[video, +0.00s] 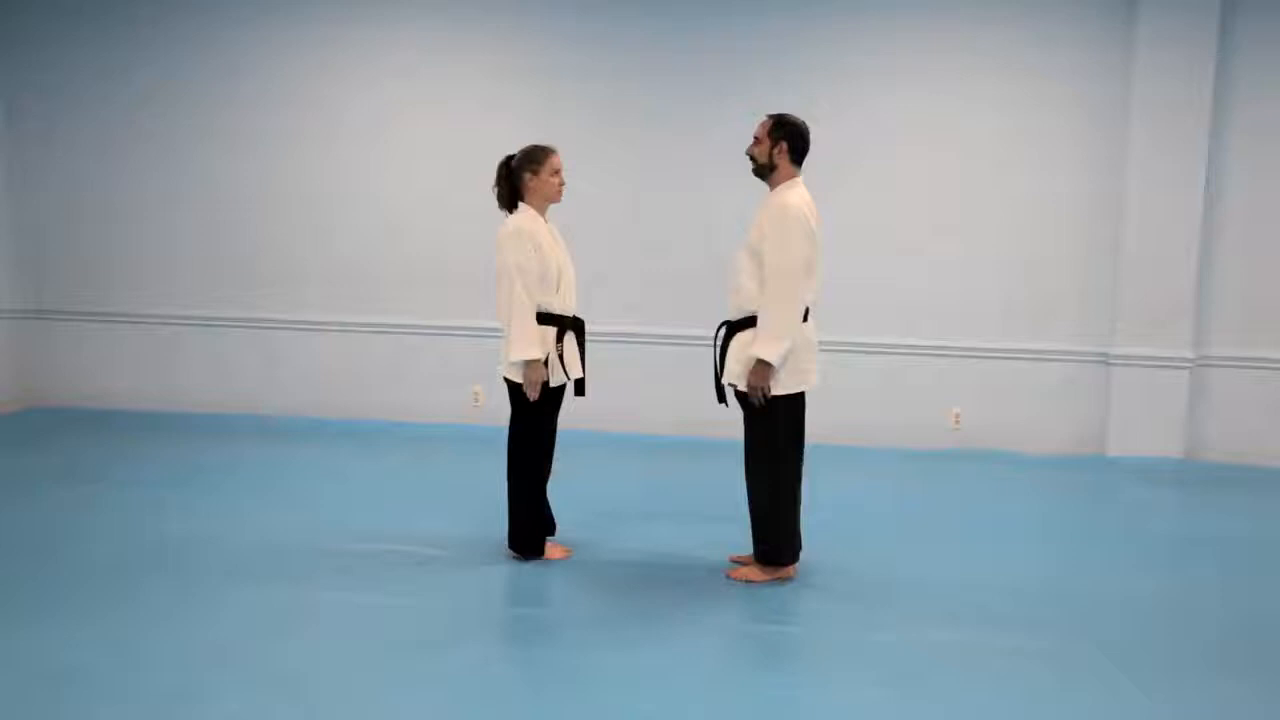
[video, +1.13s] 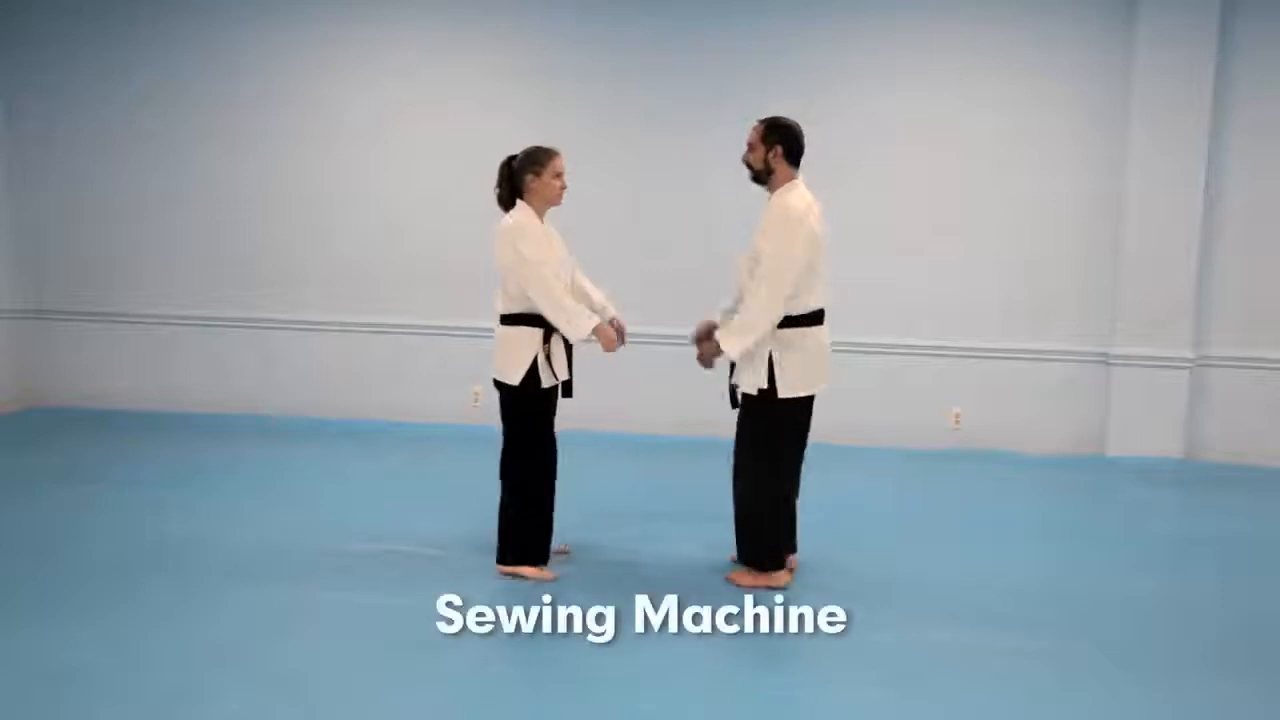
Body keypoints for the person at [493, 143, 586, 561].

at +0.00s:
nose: (562, 181)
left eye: (561, 173)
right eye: (555, 174)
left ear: (541, 180)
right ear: (530, 179)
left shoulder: (544, 227)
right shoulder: (518, 229)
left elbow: (551, 295)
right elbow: (518, 298)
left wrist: (562, 354)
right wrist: (530, 358)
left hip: (553, 351)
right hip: (535, 354)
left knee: (539, 451)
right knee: (529, 453)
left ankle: (534, 534)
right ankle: (526, 541)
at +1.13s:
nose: (564, 184)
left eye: (564, 177)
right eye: (557, 177)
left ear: (542, 182)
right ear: (531, 181)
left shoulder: (542, 227)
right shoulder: (519, 228)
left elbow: (572, 277)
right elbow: (544, 291)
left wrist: (606, 314)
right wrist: (592, 327)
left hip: (543, 355)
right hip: (524, 356)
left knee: (538, 455)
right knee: (527, 458)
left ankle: (534, 543)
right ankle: (516, 557)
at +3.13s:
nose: (583, 201)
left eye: (583, 193)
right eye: (578, 193)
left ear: (552, 194)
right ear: (554, 194)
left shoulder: (538, 227)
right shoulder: (530, 229)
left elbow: (566, 277)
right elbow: (553, 287)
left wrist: (604, 308)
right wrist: (603, 313)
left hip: (511, 354)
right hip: (504, 358)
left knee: (535, 453)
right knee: (531, 457)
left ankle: (537, 542)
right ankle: (526, 557)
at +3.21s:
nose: (589, 215)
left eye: (589, 206)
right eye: (585, 206)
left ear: (558, 204)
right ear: (564, 204)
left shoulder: (529, 233)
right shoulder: (540, 235)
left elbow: (554, 295)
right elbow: (564, 278)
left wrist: (594, 317)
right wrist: (615, 271)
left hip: (480, 360)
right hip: (493, 366)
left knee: (508, 457)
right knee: (529, 459)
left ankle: (516, 549)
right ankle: (524, 562)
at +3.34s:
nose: (576, 219)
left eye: (576, 211)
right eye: (571, 210)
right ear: (548, 206)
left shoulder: (542, 252)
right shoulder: (519, 238)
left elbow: (544, 309)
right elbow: (549, 228)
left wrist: (564, 330)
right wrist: (564, 213)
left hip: (467, 366)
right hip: (478, 371)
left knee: (448, 452)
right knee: (525, 462)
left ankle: (386, 510)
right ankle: (521, 562)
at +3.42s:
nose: (560, 221)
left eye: (560, 213)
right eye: (556, 213)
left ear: (541, 217)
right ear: (535, 215)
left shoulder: (534, 259)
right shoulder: (501, 245)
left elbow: (538, 311)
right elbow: (495, 223)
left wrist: (535, 340)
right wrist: (515, 199)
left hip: (462, 373)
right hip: (474, 377)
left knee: (409, 455)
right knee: (531, 465)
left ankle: (340, 512)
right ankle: (522, 562)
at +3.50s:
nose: (538, 224)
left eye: (537, 216)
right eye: (533, 216)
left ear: (511, 217)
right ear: (511, 218)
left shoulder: (512, 260)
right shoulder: (476, 248)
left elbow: (500, 334)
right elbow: (462, 228)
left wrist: (510, 392)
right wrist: (476, 195)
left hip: (439, 376)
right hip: (464, 382)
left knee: (391, 459)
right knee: (532, 466)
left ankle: (315, 521)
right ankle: (527, 563)